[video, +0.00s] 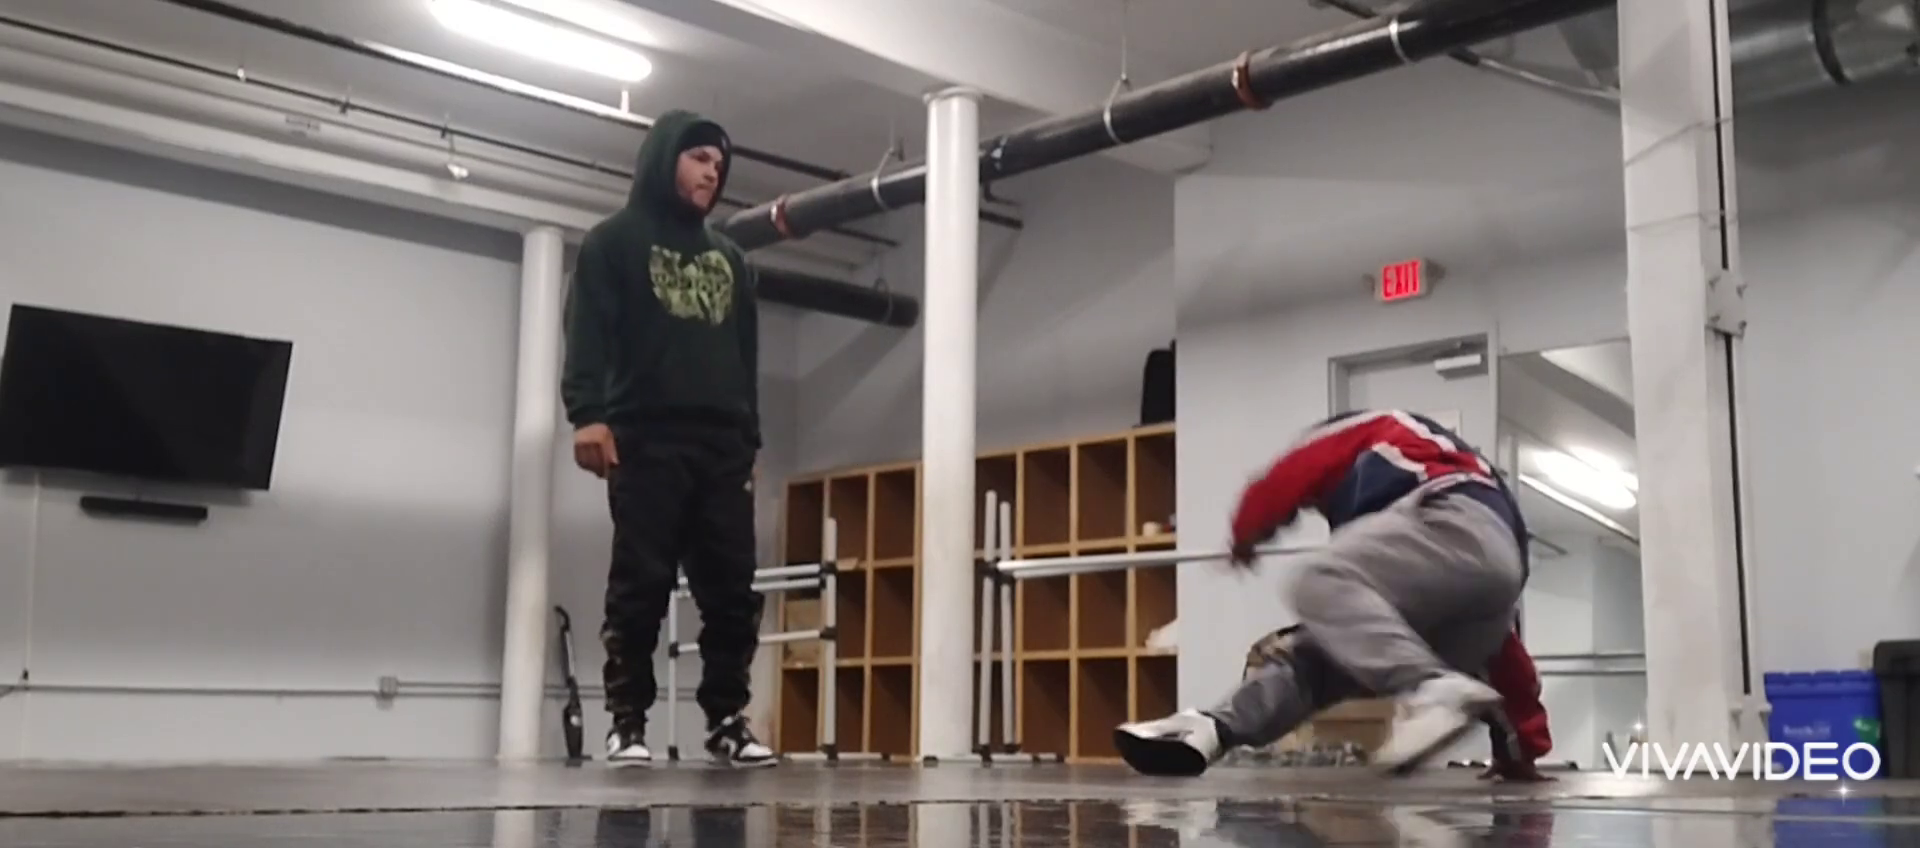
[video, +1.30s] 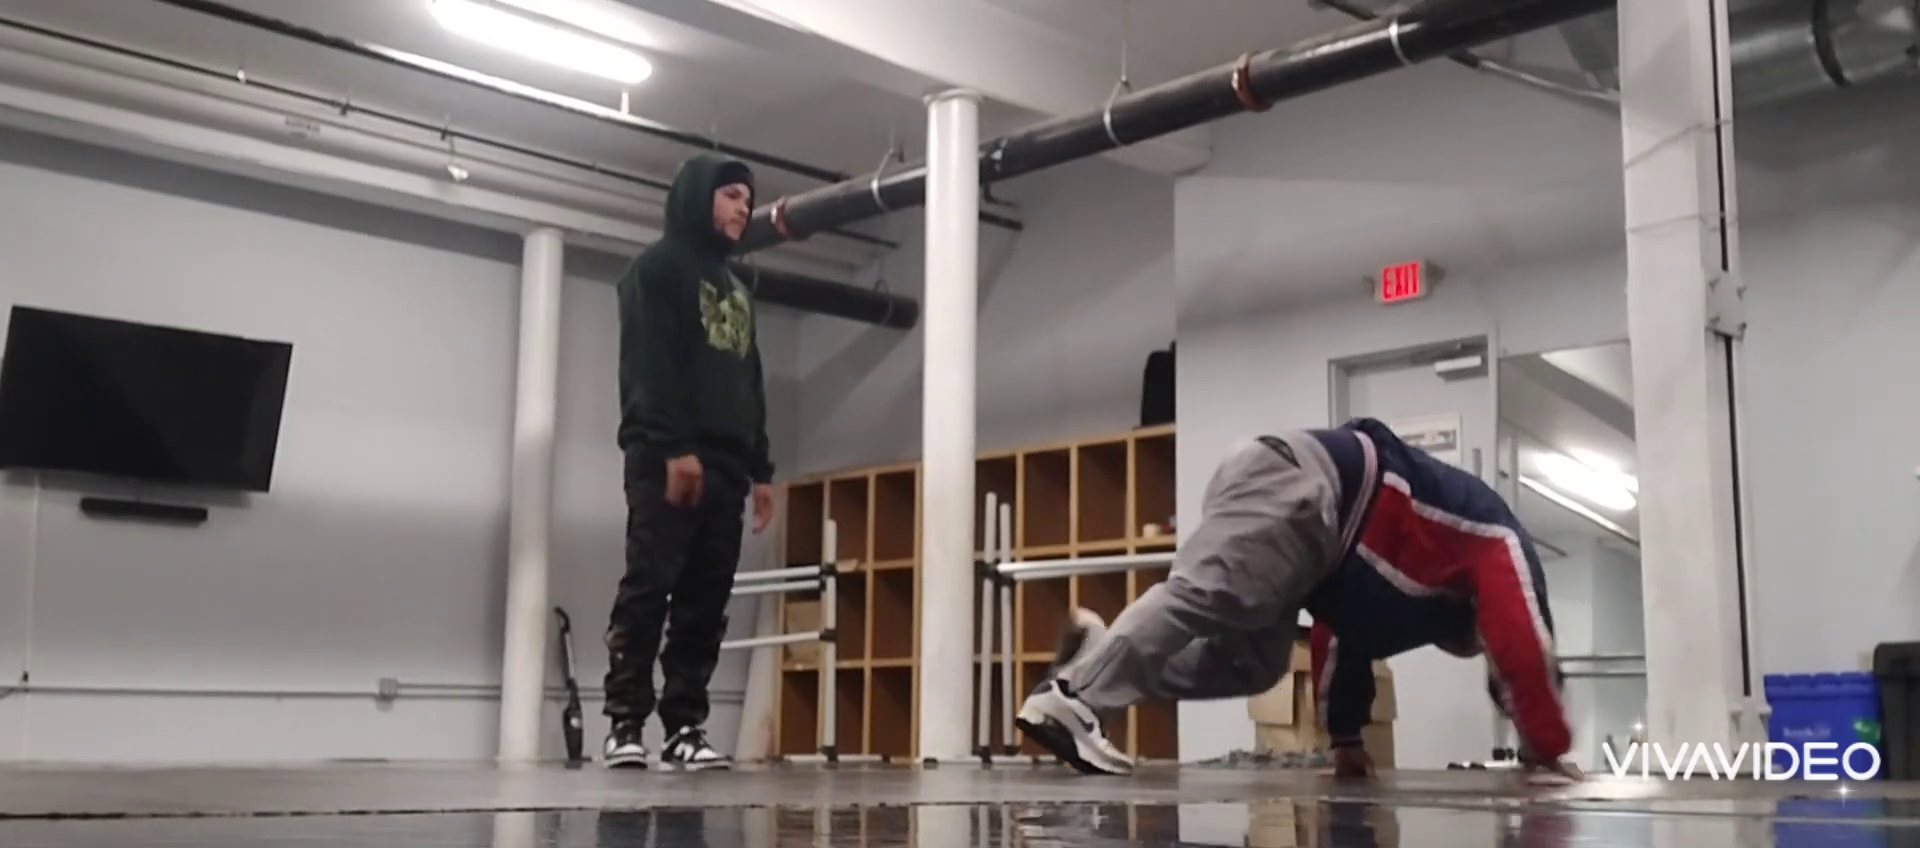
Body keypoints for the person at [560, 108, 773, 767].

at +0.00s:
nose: (710, 173)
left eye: (718, 164)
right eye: (699, 158)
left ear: (720, 176)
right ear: (662, 159)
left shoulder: (729, 255)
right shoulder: (613, 240)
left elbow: (744, 353)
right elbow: (588, 333)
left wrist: (746, 439)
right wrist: (589, 417)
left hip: (722, 441)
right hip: (646, 437)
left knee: (731, 590)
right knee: (640, 585)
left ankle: (727, 723)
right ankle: (628, 726)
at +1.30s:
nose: (742, 208)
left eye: (747, 199)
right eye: (730, 195)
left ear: (745, 211)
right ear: (696, 198)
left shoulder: (735, 287)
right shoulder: (654, 269)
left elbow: (749, 382)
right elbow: (648, 368)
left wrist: (759, 469)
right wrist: (672, 448)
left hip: (725, 458)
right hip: (664, 454)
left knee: (704, 602)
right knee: (648, 589)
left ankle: (684, 731)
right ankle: (626, 725)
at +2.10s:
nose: (725, 223)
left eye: (732, 217)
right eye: (714, 211)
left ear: (735, 230)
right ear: (682, 214)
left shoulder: (743, 305)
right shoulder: (634, 288)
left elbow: (769, 389)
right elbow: (604, 372)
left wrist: (788, 461)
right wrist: (590, 453)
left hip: (728, 473)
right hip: (659, 468)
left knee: (708, 606)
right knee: (648, 598)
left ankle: (688, 732)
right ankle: (641, 730)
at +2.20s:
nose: (719, 223)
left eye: (727, 217)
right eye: (709, 211)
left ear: (732, 230)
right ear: (678, 215)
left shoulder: (742, 305)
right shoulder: (629, 290)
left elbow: (765, 389)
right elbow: (601, 376)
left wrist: (777, 469)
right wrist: (592, 458)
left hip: (724, 473)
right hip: (655, 468)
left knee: (706, 607)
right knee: (646, 600)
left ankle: (687, 733)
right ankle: (639, 733)